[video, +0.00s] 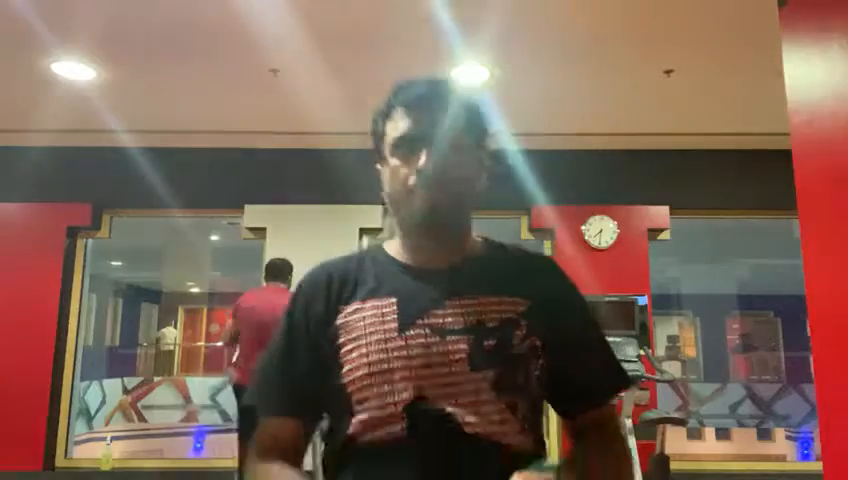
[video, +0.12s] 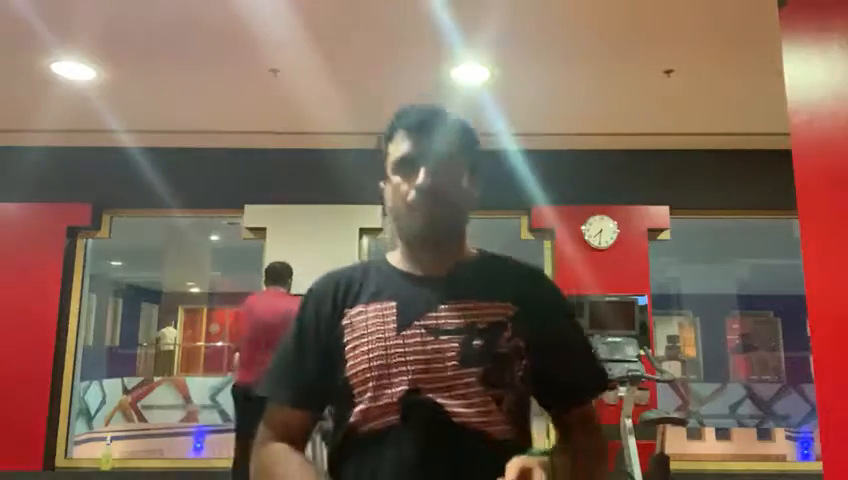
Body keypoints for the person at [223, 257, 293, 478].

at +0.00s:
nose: (286, 281)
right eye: (288, 277)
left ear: (265, 277)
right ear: (289, 278)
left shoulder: (246, 299)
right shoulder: (294, 302)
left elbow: (230, 337)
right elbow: (299, 342)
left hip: (246, 379)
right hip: (280, 380)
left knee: (245, 439)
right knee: (277, 439)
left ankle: (243, 474)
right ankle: (275, 473)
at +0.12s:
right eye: (290, 281)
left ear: (265, 280)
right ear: (289, 281)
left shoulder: (249, 303)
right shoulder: (297, 306)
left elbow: (236, 340)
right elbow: (300, 347)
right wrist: (298, 377)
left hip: (247, 383)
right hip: (280, 385)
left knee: (244, 444)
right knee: (276, 443)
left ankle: (240, 475)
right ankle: (273, 475)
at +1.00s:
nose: (289, 285)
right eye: (290, 282)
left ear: (265, 281)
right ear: (289, 283)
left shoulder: (246, 304)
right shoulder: (296, 308)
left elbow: (245, 343)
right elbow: (309, 353)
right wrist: (322, 345)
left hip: (247, 385)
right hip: (284, 384)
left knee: (245, 446)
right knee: (295, 424)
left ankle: (242, 476)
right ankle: (293, 469)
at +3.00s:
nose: (297, 280)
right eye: (297, 277)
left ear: (272, 276)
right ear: (296, 278)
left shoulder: (253, 298)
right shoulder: (307, 304)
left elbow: (244, 336)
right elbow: (320, 343)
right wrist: (329, 333)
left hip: (254, 380)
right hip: (291, 382)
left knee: (253, 433)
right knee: (284, 440)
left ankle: (249, 475)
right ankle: (283, 476)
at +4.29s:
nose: (292, 282)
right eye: (292, 279)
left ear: (267, 277)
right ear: (291, 278)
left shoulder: (246, 298)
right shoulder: (299, 302)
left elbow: (228, 337)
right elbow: (319, 337)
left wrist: (252, 331)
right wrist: (327, 328)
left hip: (249, 383)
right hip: (285, 382)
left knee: (251, 444)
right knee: (292, 439)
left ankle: (250, 477)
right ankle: (291, 475)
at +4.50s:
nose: (294, 285)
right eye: (294, 282)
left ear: (269, 280)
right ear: (292, 282)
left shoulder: (249, 303)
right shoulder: (299, 306)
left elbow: (247, 342)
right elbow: (308, 350)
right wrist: (323, 347)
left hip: (249, 384)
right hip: (285, 383)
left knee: (248, 443)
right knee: (296, 429)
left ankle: (244, 476)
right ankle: (296, 473)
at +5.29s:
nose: (293, 280)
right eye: (290, 277)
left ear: (265, 280)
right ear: (287, 281)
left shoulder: (245, 304)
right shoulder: (296, 306)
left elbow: (232, 338)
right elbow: (315, 346)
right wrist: (325, 340)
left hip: (247, 387)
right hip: (284, 386)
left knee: (246, 447)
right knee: (295, 425)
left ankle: (244, 476)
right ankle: (293, 470)